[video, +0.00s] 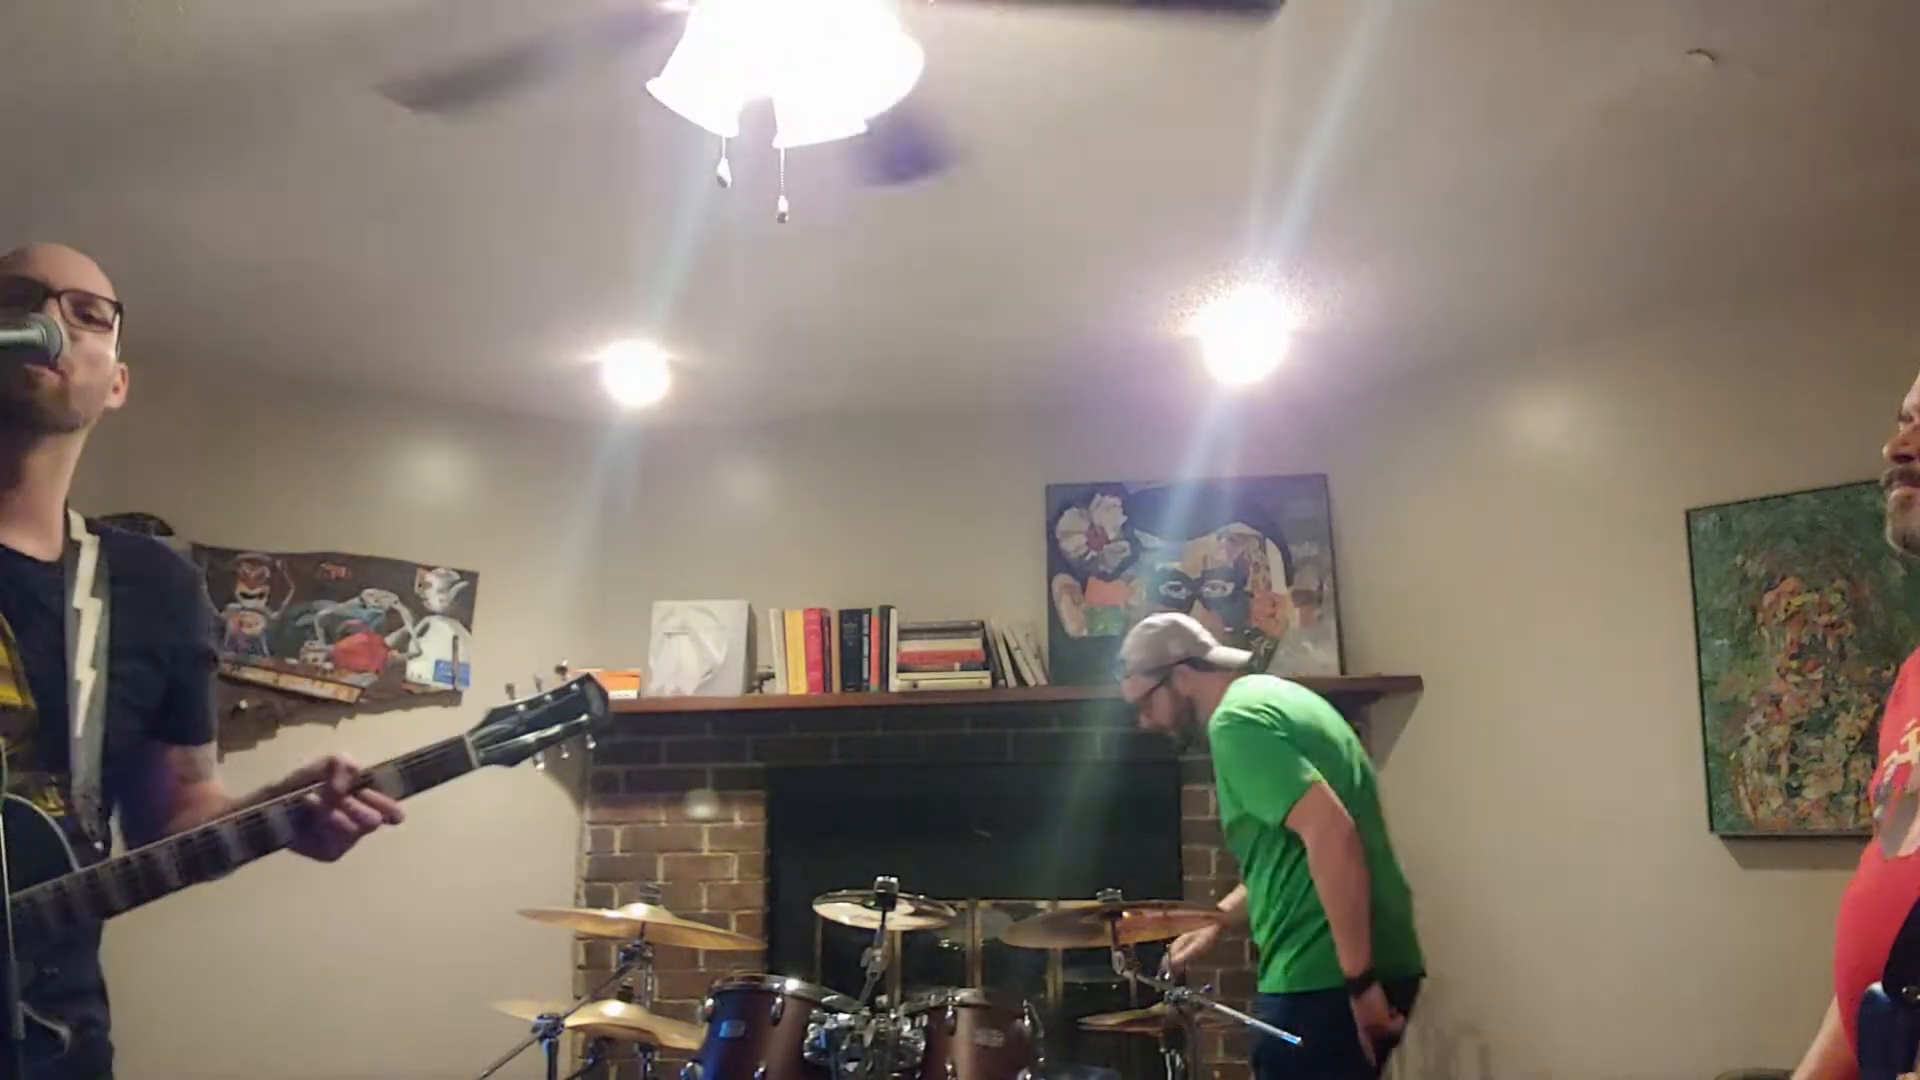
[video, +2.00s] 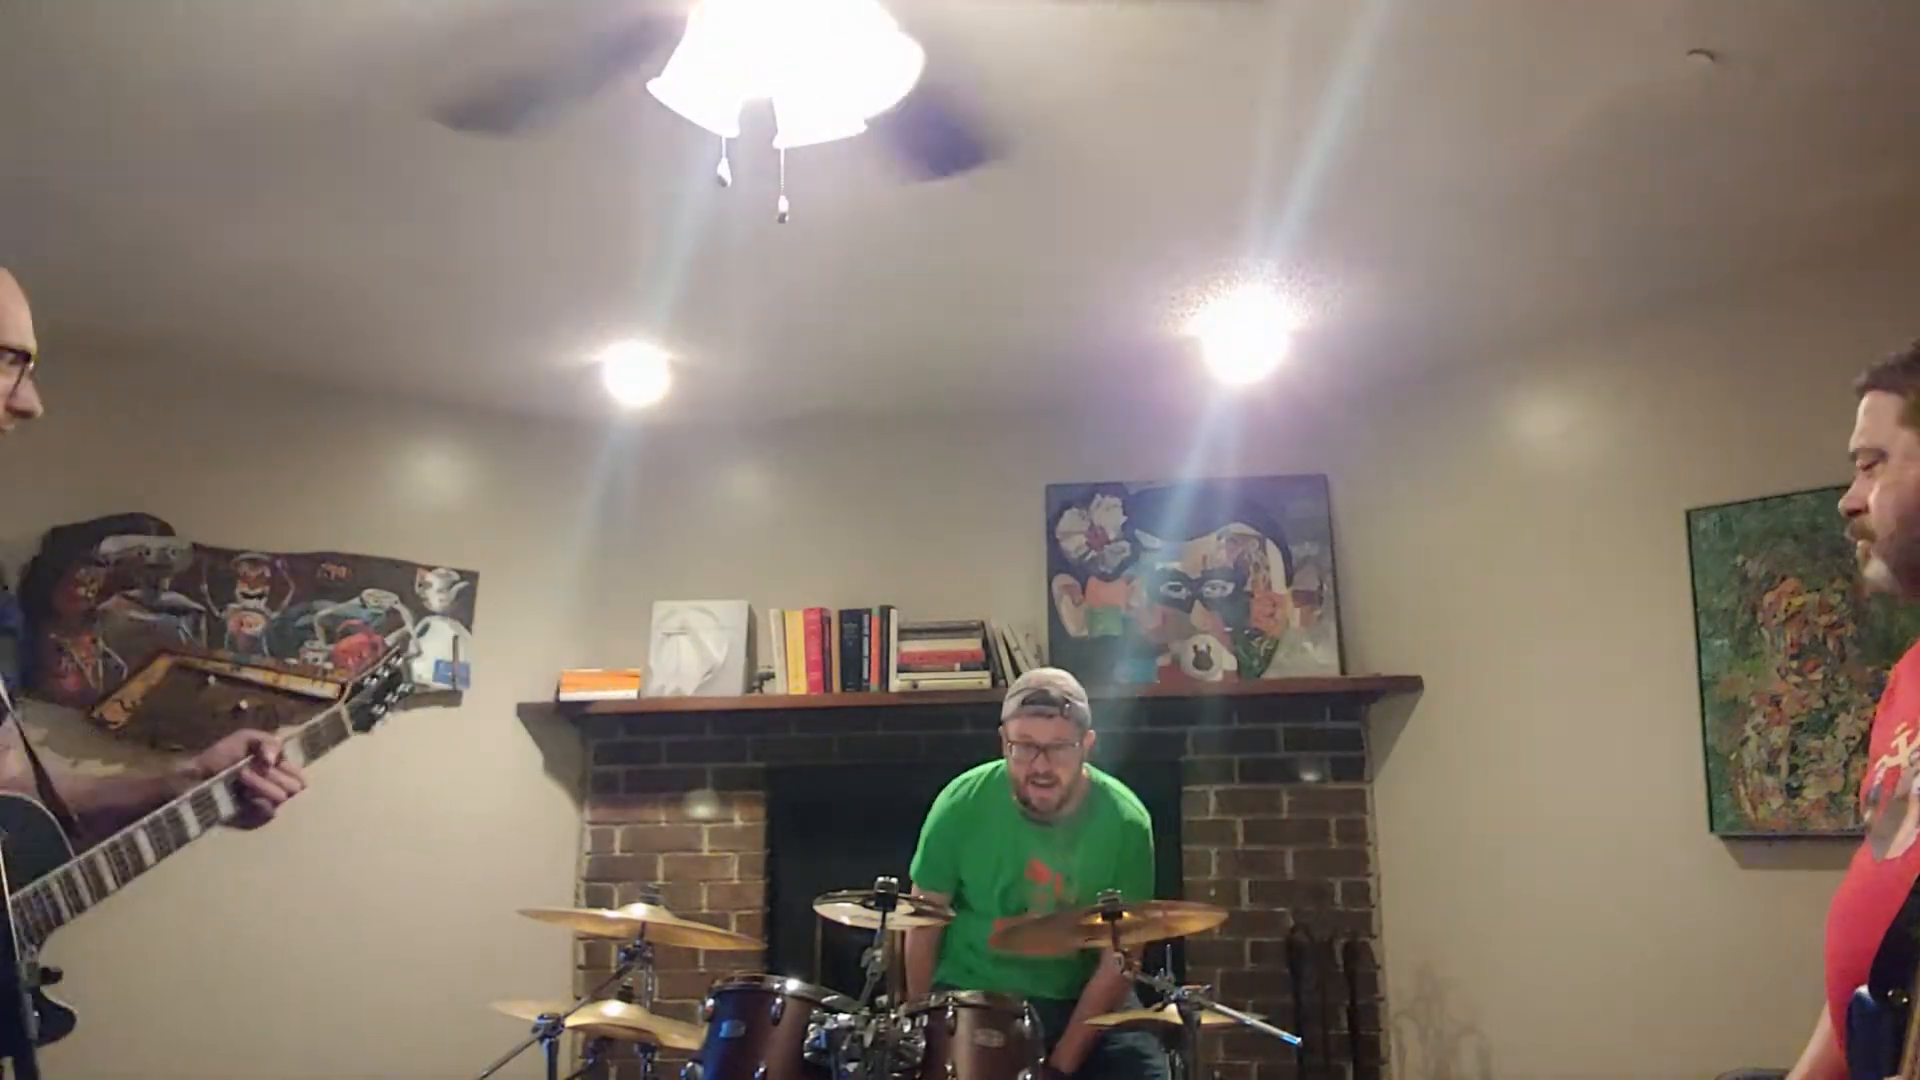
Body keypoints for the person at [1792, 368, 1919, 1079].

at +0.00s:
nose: (1900, 444)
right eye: (1902, 423)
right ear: (1894, 439)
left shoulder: (1910, 674)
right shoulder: (1909, 675)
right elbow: (1887, 898)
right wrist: (1818, 1066)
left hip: (1903, 1052)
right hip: (1873, 1050)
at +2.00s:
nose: (1849, 500)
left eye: (1874, 464)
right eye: (1855, 470)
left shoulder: (1910, 674)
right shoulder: (1908, 674)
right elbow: (1879, 906)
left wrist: (1816, 1065)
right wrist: (1811, 1068)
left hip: (1900, 1055)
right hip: (1860, 1049)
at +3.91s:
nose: (1820, 537)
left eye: (1839, 497)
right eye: (1821, 507)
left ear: (1915, 479)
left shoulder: (1909, 682)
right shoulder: (1903, 685)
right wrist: (1820, 1063)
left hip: (1906, 1051)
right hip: (1878, 1050)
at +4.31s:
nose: (1822, 536)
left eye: (1842, 496)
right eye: (1824, 504)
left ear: (1917, 479)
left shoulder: (1912, 681)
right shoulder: (1909, 683)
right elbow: (1897, 902)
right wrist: (1828, 1060)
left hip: (1905, 1045)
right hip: (1880, 1046)